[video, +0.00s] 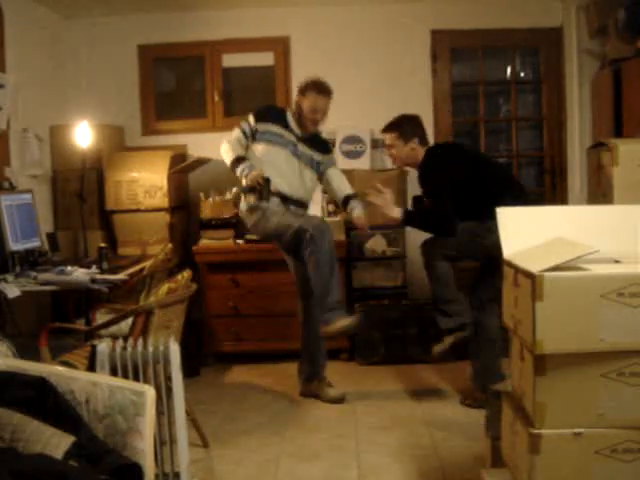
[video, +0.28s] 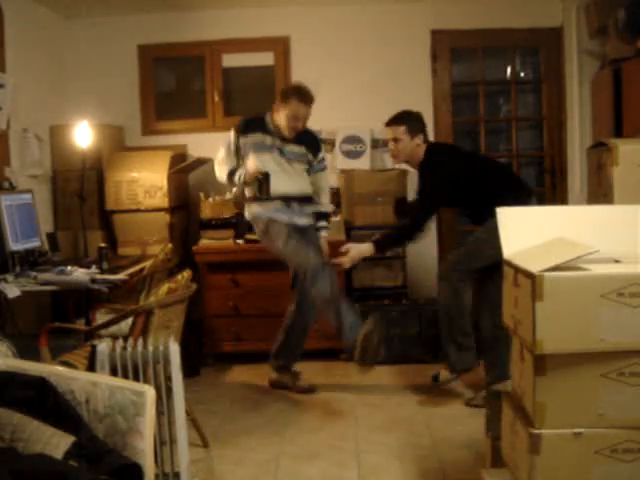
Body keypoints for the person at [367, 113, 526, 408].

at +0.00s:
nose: (389, 154)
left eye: (392, 147)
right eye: (387, 148)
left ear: (413, 143)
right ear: (415, 144)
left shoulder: (436, 164)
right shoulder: (444, 157)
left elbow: (444, 225)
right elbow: (441, 215)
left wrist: (398, 213)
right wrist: (399, 208)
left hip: (499, 229)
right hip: (511, 225)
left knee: (434, 249)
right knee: (485, 300)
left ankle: (455, 321)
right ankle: (489, 383)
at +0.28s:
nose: (390, 149)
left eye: (395, 141)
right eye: (389, 142)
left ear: (417, 139)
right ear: (416, 141)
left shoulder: (436, 164)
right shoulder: (436, 161)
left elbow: (415, 225)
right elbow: (415, 222)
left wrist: (368, 249)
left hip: (510, 220)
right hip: (514, 217)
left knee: (453, 273)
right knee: (490, 296)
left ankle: (464, 367)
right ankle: (499, 378)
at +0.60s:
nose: (406, 145)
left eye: (413, 139)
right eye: (404, 139)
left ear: (434, 139)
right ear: (403, 140)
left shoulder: (462, 173)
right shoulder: (421, 170)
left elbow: (478, 238)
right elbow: (430, 198)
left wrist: (459, 289)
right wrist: (397, 214)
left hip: (495, 235)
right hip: (461, 231)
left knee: (476, 307)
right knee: (416, 252)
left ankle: (474, 387)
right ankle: (431, 328)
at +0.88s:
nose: (431, 139)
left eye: (439, 132)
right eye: (428, 132)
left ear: (457, 134)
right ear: (425, 135)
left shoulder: (482, 173)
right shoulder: (426, 164)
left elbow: (488, 241)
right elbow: (419, 200)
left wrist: (471, 294)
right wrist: (392, 218)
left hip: (489, 251)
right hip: (457, 248)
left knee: (490, 320)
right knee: (436, 312)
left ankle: (496, 390)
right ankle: (432, 393)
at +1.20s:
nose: (434, 126)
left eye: (440, 119)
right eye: (428, 119)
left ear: (450, 121)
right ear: (417, 121)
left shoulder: (467, 148)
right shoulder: (404, 155)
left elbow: (505, 181)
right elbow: (390, 195)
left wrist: (526, 210)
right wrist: (387, 213)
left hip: (474, 230)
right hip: (433, 232)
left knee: (484, 293)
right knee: (430, 300)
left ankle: (503, 355)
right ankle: (429, 377)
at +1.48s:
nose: (453, 124)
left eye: (458, 117)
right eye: (445, 117)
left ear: (463, 118)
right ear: (429, 119)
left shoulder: (474, 148)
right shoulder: (407, 156)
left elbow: (494, 185)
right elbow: (381, 204)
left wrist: (494, 219)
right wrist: (394, 218)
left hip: (469, 231)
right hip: (429, 235)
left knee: (480, 288)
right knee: (435, 304)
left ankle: (484, 356)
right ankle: (428, 379)